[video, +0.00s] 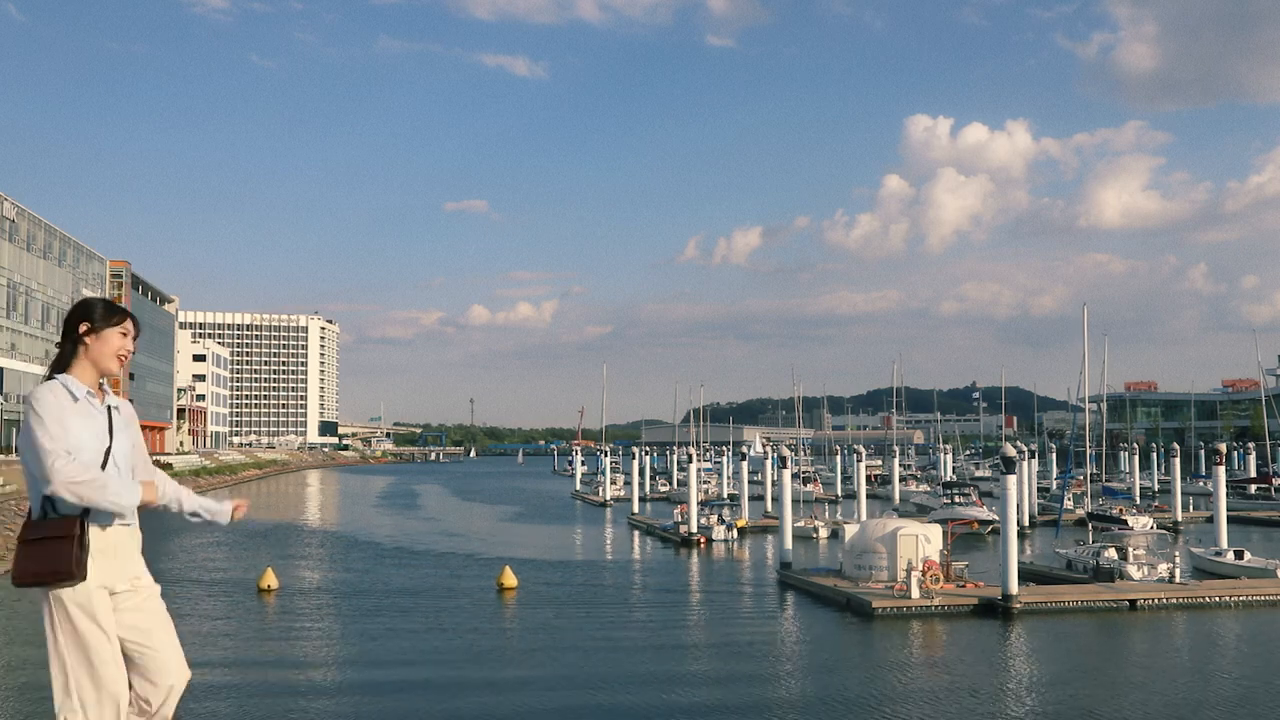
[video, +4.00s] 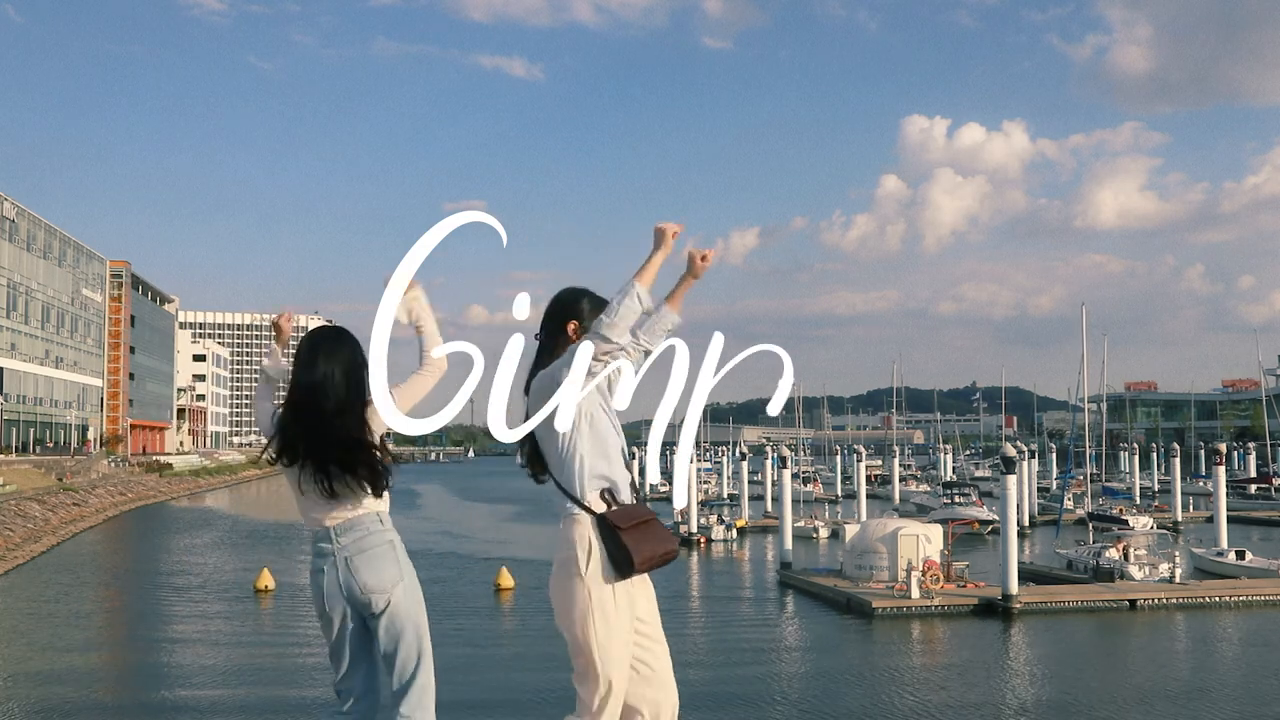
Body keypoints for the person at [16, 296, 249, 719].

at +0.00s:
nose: (130, 349)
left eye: (132, 341)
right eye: (122, 335)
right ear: (86, 333)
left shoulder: (121, 409)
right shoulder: (47, 398)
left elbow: (149, 481)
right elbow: (60, 479)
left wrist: (219, 509)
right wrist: (136, 493)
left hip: (126, 555)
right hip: (76, 556)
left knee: (168, 676)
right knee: (99, 696)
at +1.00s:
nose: (263, 330)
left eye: (264, 320)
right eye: (252, 321)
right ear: (218, 329)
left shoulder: (245, 383)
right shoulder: (215, 381)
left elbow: (258, 459)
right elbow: (201, 467)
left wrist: (288, 472)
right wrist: (260, 441)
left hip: (245, 543)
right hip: (226, 548)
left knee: (241, 680)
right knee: (305, 666)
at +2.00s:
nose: (383, 319)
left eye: (383, 309)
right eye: (375, 308)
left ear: (348, 315)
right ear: (341, 312)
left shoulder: (356, 378)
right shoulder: (325, 372)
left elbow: (385, 466)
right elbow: (359, 451)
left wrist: (437, 442)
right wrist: (391, 438)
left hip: (371, 527)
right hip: (337, 529)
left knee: (415, 669)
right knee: (338, 679)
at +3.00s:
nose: (483, 336)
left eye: (484, 326)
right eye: (476, 326)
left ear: (449, 327)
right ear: (447, 326)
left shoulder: (437, 377)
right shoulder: (448, 371)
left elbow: (521, 344)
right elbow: (494, 328)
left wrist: (557, 289)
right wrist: (540, 252)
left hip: (458, 545)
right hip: (486, 547)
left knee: (474, 690)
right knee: (540, 686)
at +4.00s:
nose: (607, 333)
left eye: (605, 324)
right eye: (600, 323)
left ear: (577, 329)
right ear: (574, 329)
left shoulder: (592, 384)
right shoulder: (553, 383)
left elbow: (641, 341)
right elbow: (609, 332)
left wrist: (687, 280)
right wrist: (658, 252)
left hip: (622, 539)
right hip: (586, 541)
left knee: (657, 698)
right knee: (603, 699)